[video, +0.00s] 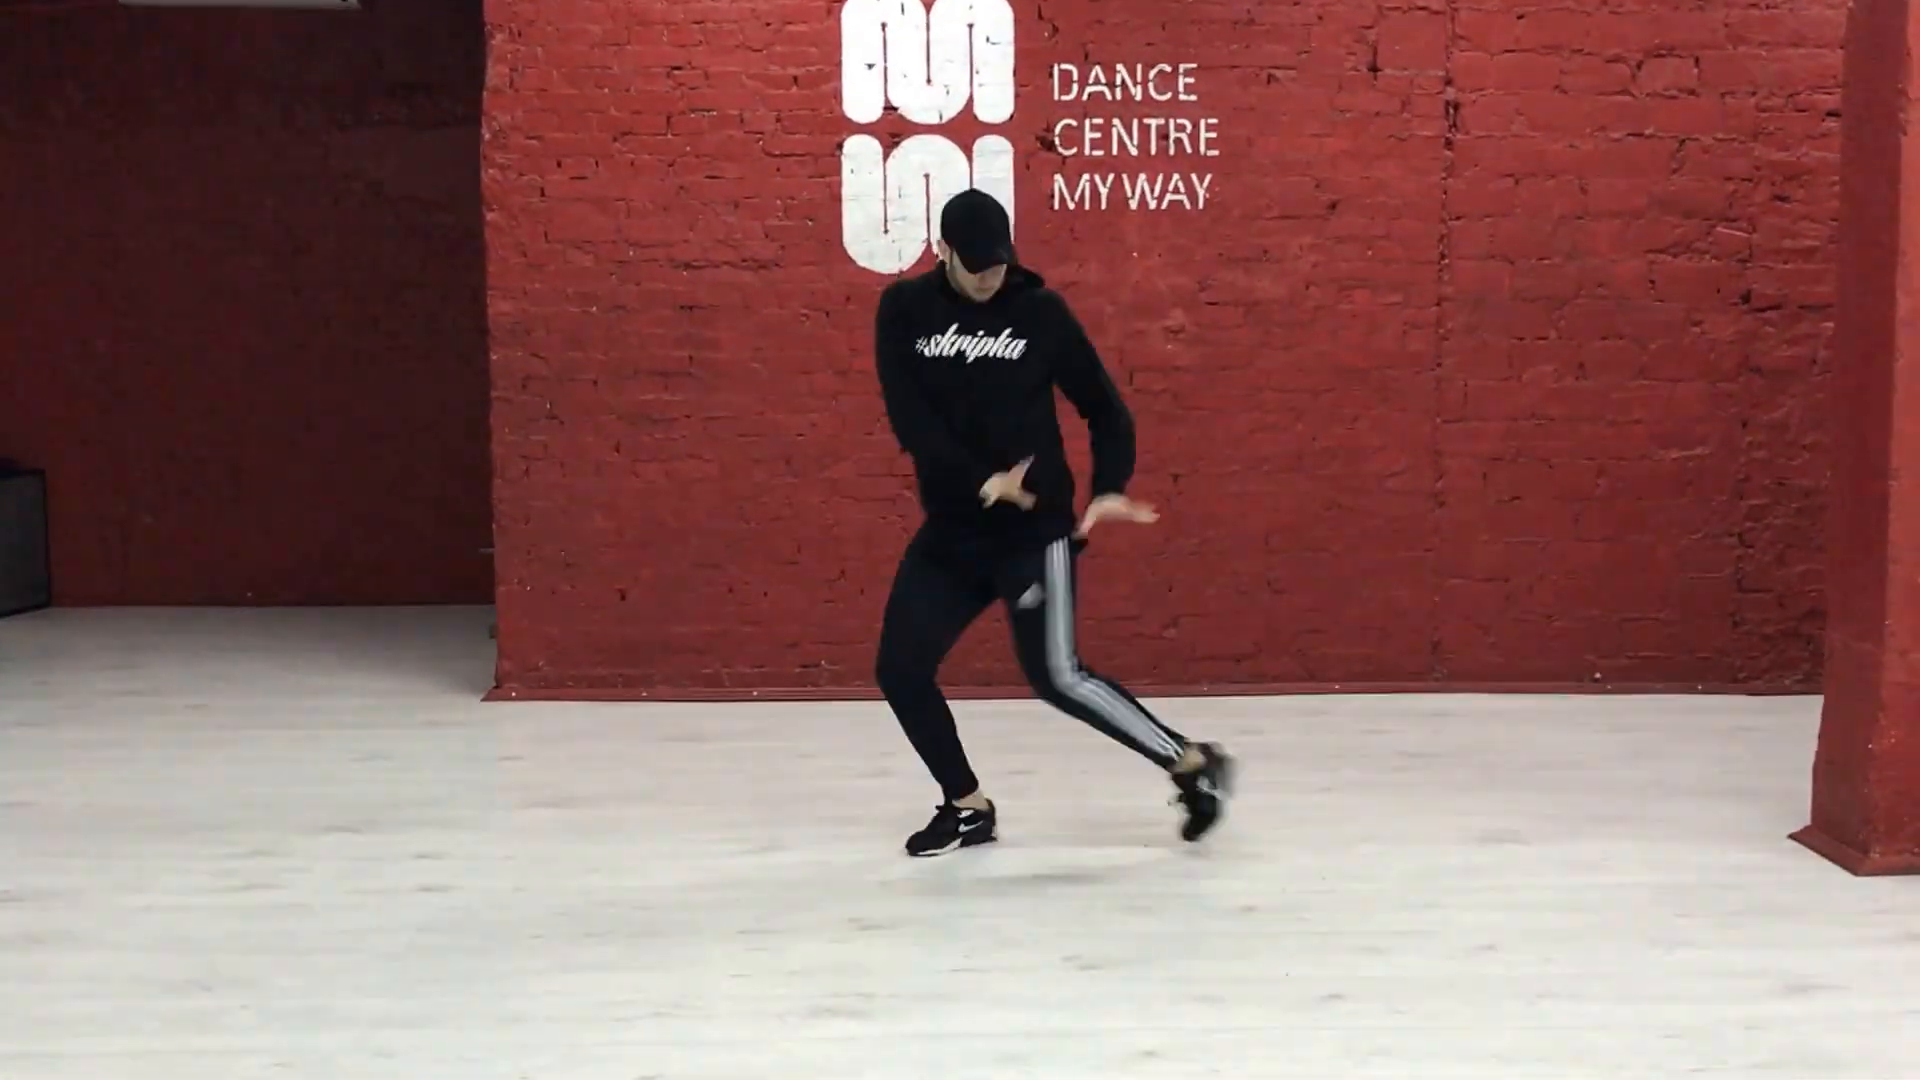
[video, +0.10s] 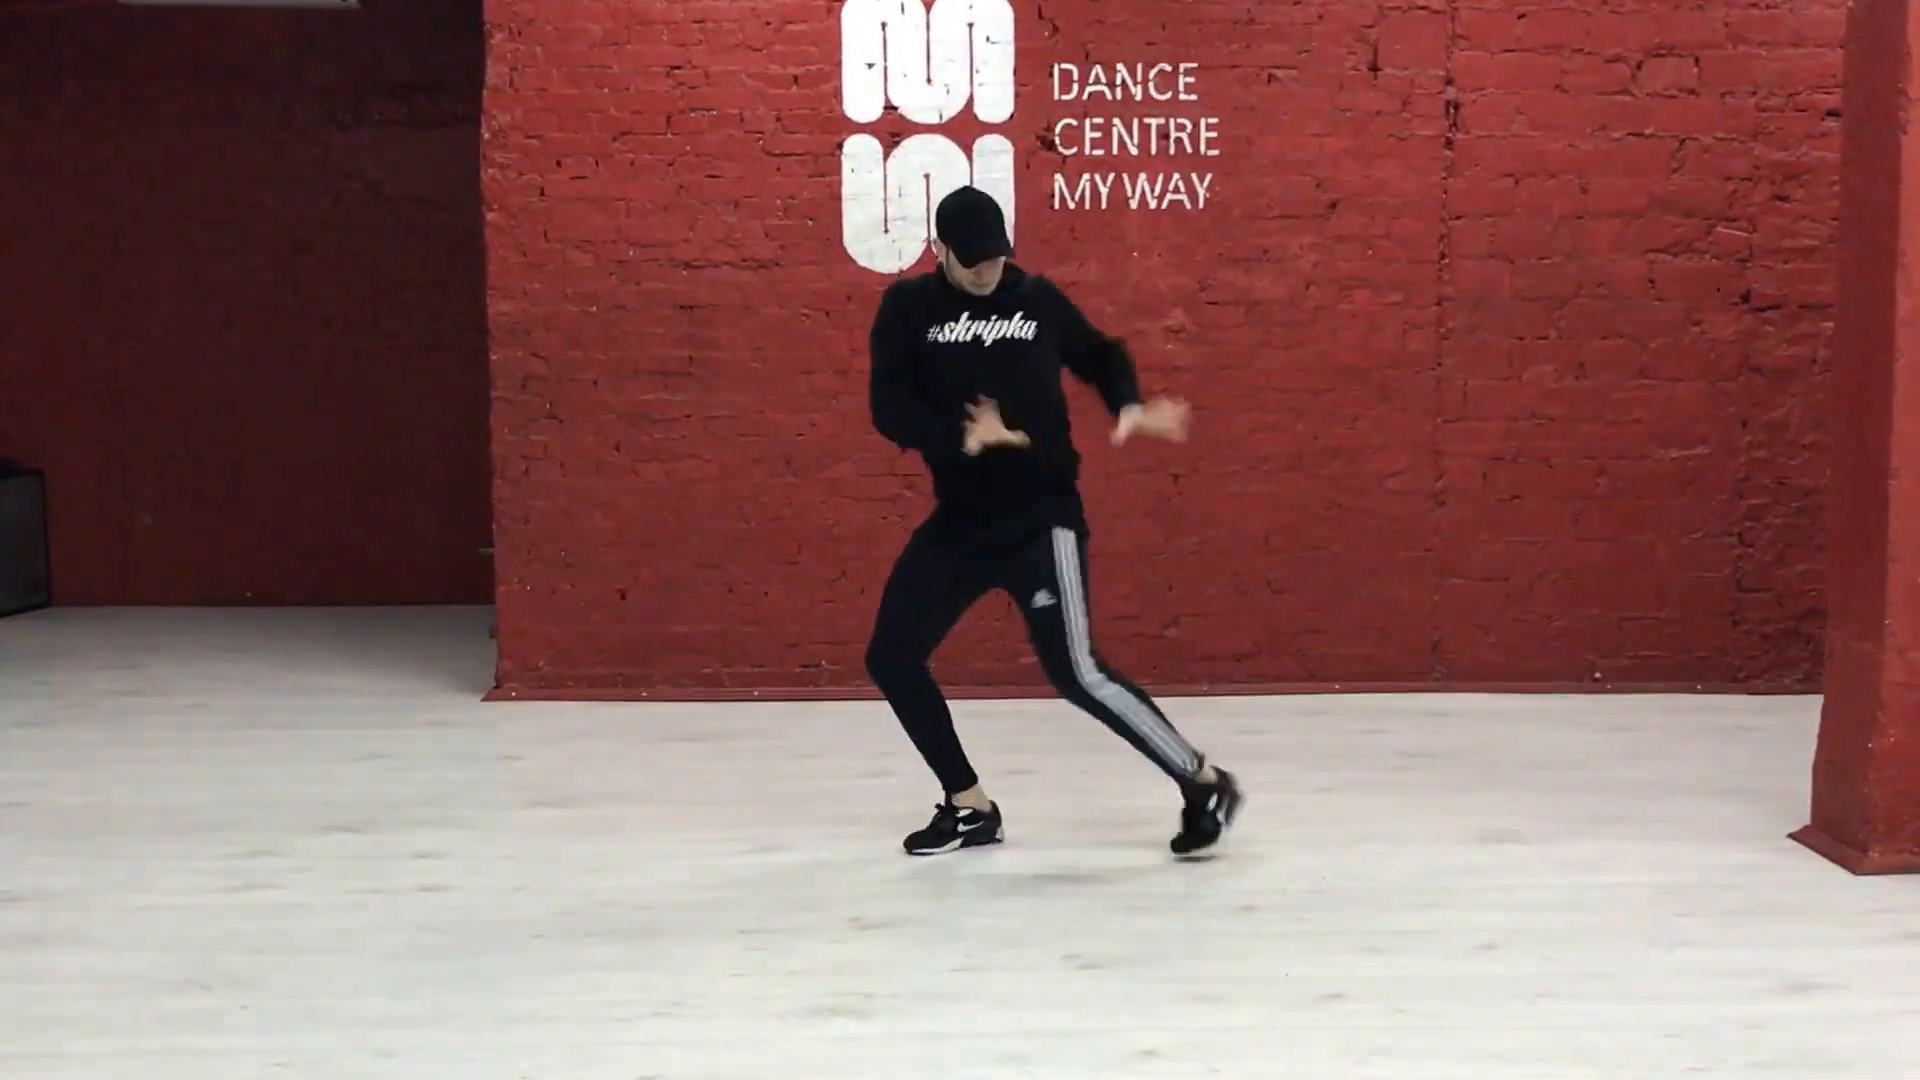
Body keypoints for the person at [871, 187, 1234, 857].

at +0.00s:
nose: (989, 279)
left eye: (998, 265)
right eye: (976, 267)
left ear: (1009, 250)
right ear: (945, 251)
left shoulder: (1040, 311)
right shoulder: (902, 307)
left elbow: (1106, 409)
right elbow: (910, 417)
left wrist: (1111, 487)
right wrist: (979, 478)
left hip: (1036, 524)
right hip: (954, 527)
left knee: (1057, 676)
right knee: (900, 670)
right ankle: (966, 805)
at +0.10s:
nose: (989, 272)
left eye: (997, 258)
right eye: (974, 262)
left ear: (1006, 245)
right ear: (942, 250)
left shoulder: (1034, 298)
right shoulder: (906, 306)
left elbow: (1100, 357)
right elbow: (889, 411)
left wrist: (1127, 402)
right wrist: (958, 432)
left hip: (1041, 515)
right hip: (962, 521)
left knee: (1074, 671)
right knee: (892, 659)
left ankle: (1202, 784)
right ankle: (968, 804)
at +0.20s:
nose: (980, 271)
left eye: (990, 258)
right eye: (966, 261)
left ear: (1008, 241)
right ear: (945, 252)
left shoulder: (1052, 275)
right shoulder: (922, 309)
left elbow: (1140, 291)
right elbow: (872, 408)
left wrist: (1135, 325)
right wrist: (914, 411)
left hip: (1055, 514)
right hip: (957, 518)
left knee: (1123, 641)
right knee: (884, 648)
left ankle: (1128, 786)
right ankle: (937, 784)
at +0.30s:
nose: (977, 282)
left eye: (987, 269)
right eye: (965, 270)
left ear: (1011, 248)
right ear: (948, 258)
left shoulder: (1061, 269)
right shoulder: (943, 317)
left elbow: (1170, 267)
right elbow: (894, 417)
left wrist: (1128, 320)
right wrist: (907, 414)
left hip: (1047, 513)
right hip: (967, 519)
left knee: (1114, 650)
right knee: (948, 674)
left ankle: (1103, 816)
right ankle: (836, 790)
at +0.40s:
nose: (980, 279)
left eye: (991, 266)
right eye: (968, 267)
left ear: (1017, 245)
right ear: (952, 256)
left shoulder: (1069, 291)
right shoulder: (940, 313)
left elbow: (1175, 325)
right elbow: (893, 403)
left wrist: (1114, 363)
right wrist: (913, 411)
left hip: (1041, 520)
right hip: (964, 526)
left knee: (1110, 653)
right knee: (989, 688)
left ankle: (1102, 817)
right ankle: (842, 808)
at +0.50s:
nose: (995, 258)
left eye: (1004, 243)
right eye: (980, 247)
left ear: (1024, 242)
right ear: (962, 253)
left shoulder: (1052, 312)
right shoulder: (939, 317)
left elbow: (1114, 389)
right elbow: (897, 405)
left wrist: (1123, 448)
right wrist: (979, 471)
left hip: (1043, 520)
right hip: (957, 529)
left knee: (1113, 652)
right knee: (924, 671)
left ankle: (1102, 817)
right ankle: (851, 809)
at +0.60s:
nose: (984, 254)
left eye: (992, 241)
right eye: (967, 243)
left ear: (1003, 244)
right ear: (937, 253)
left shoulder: (1029, 303)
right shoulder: (929, 316)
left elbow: (1084, 339)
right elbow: (946, 388)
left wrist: (1126, 350)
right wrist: (1022, 403)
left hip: (1020, 531)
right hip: (925, 530)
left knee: (1099, 656)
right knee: (854, 651)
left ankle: (1102, 818)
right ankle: (809, 797)